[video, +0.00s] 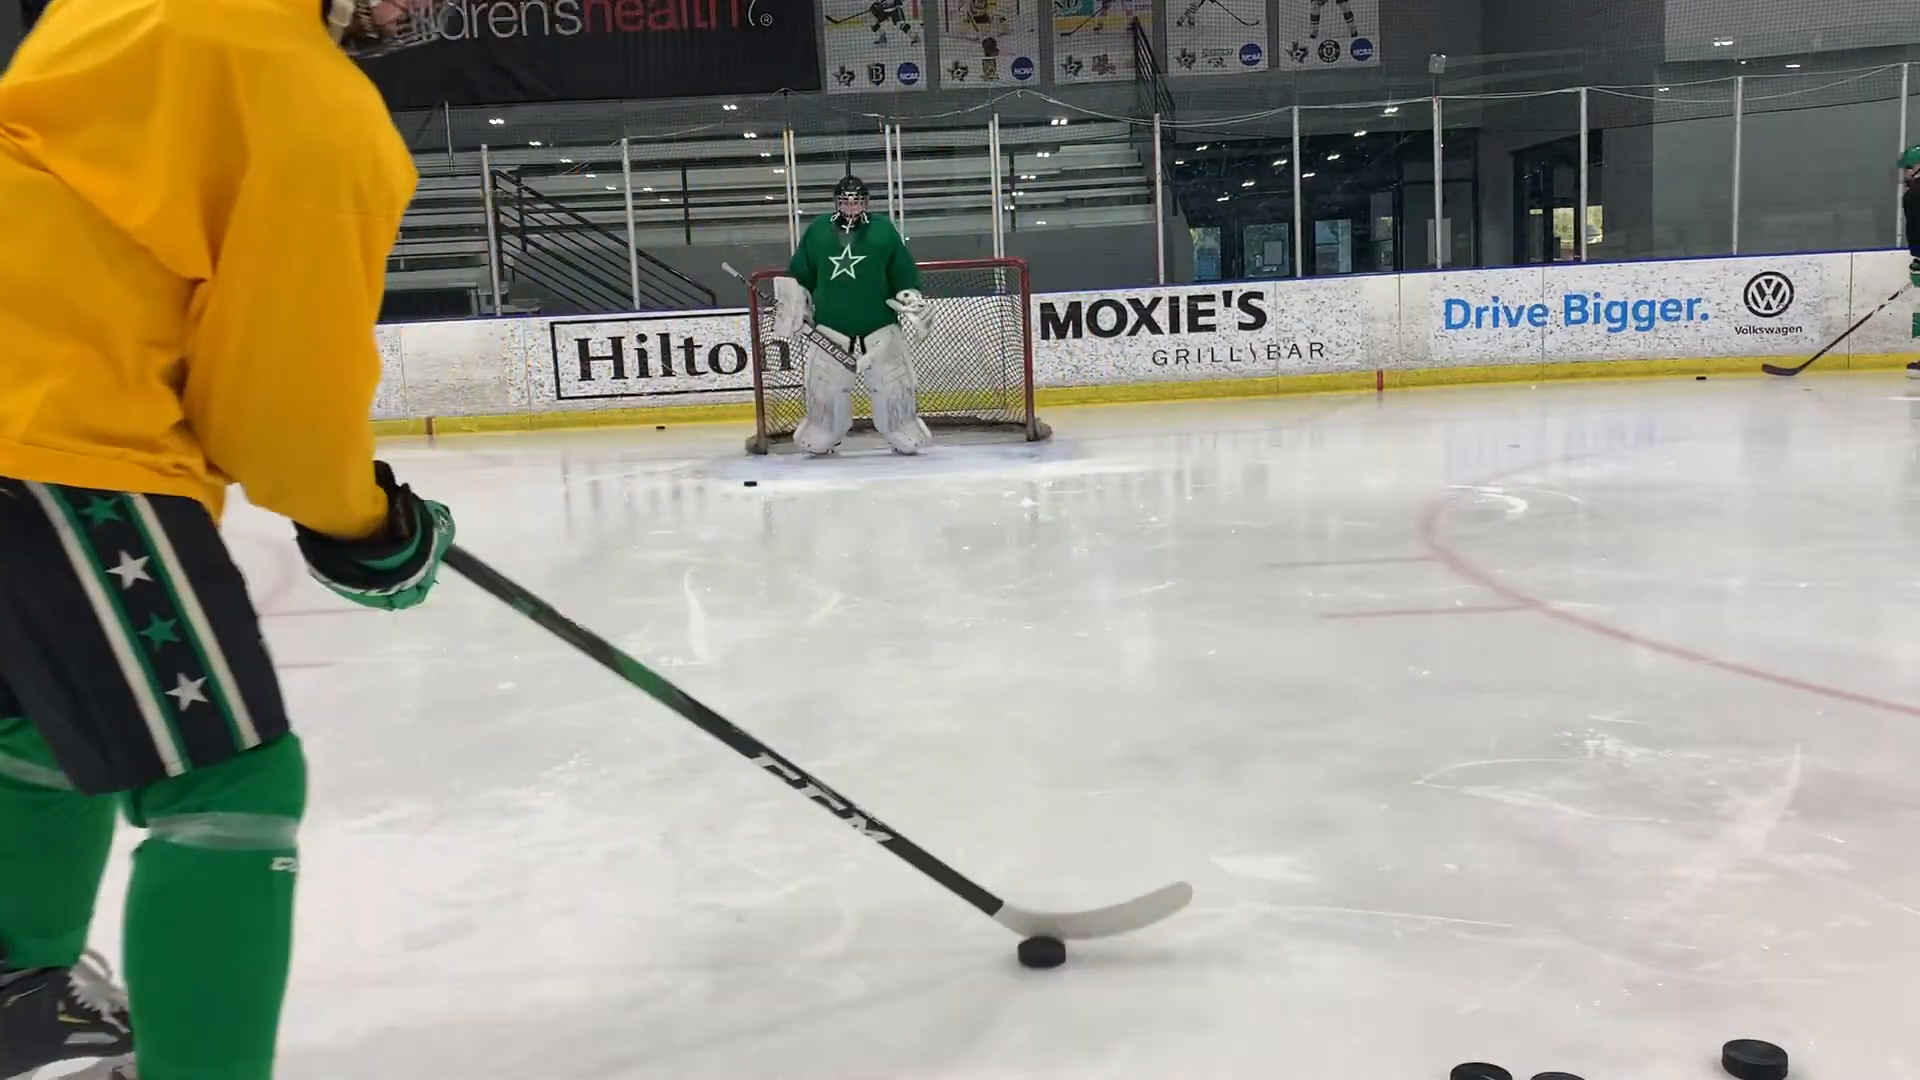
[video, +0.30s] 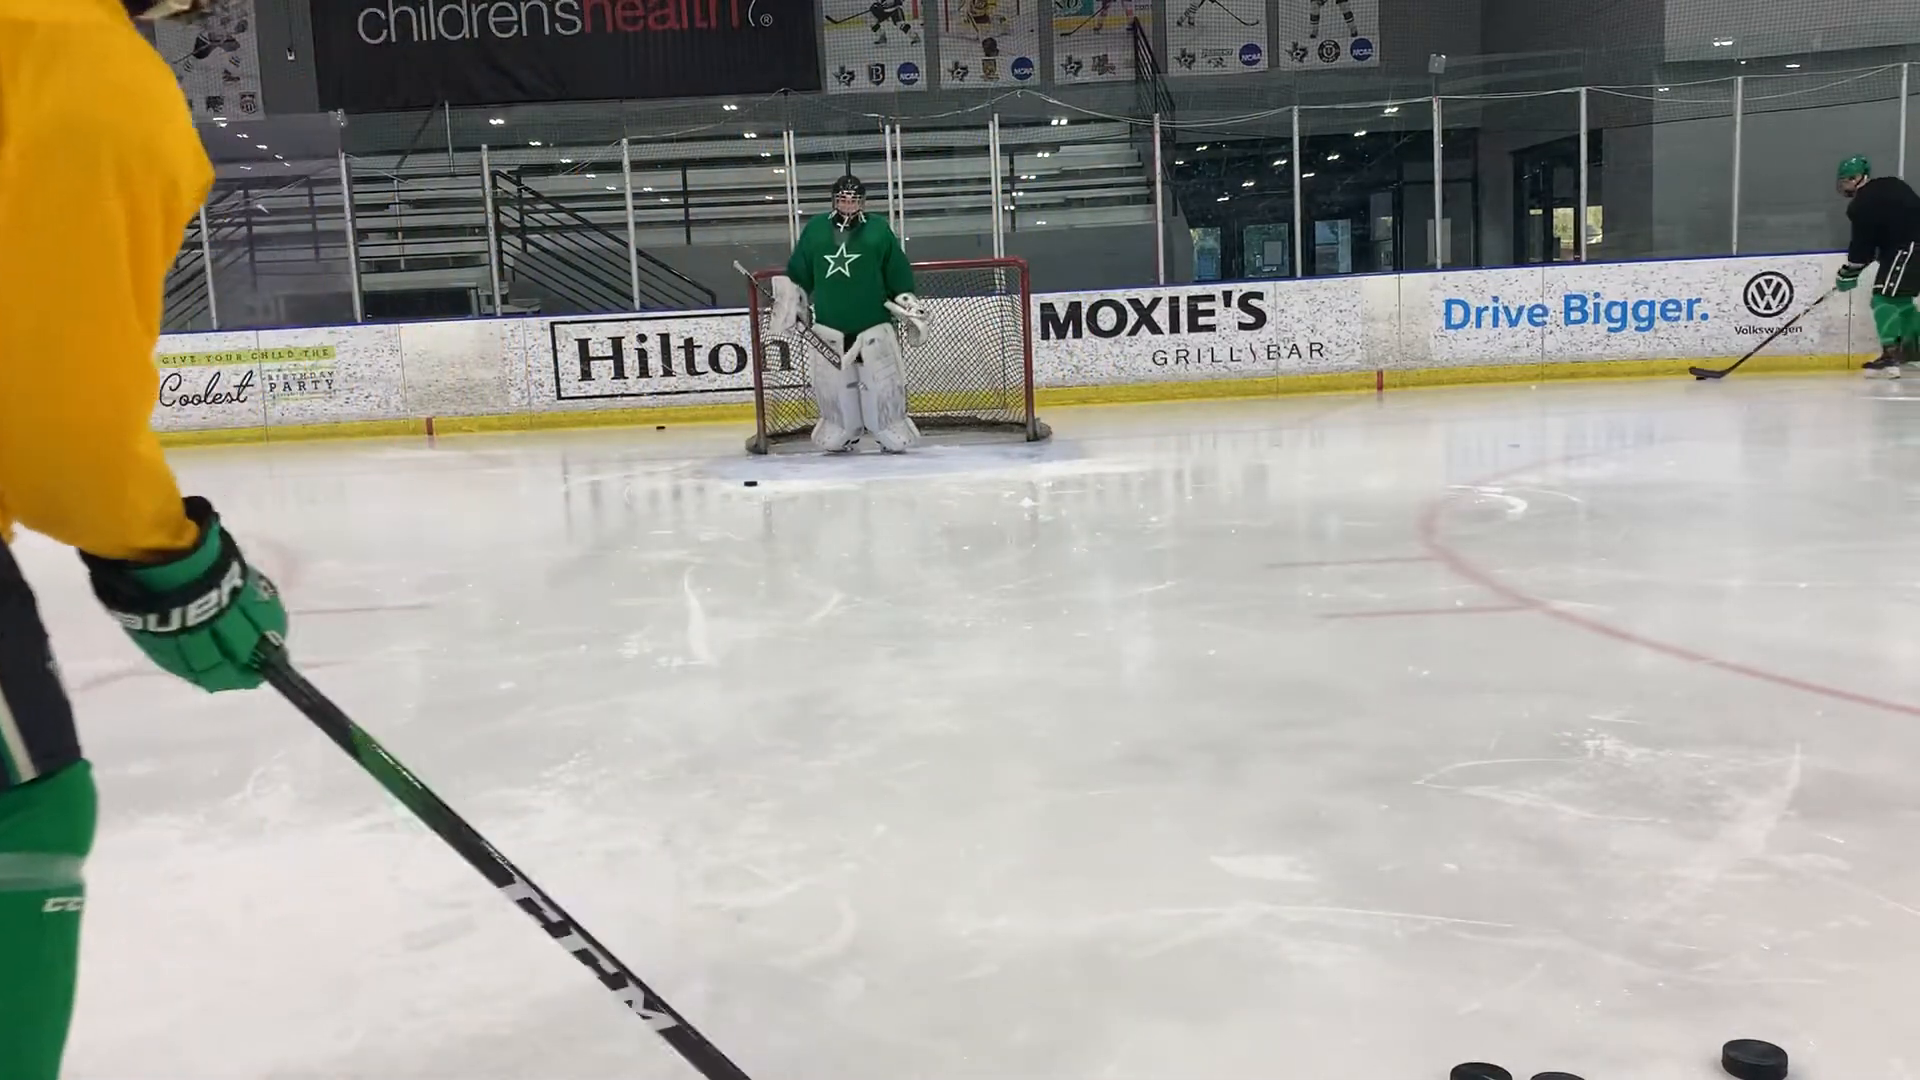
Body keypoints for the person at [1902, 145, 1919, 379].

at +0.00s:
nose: (1906, 173)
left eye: (1908, 168)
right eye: (1906, 168)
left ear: (1915, 169)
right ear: (1910, 169)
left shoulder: (1912, 194)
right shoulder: (1910, 194)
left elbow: (1913, 228)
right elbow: (1911, 228)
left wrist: (1916, 257)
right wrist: (1914, 257)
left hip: (1918, 258)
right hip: (1918, 259)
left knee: (1919, 312)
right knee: (1918, 311)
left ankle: (1919, 357)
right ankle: (1919, 357)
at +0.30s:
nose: (1842, 188)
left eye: (1844, 182)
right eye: (1840, 183)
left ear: (1858, 178)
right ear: (1864, 177)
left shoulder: (1861, 204)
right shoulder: (1891, 184)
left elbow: (1862, 247)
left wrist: (1849, 273)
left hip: (1905, 246)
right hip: (1917, 242)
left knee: (1883, 298)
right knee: (1902, 298)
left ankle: (1891, 354)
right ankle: (1911, 345)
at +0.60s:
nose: (1793, 187)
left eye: (1797, 182)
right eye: (1791, 183)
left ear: (1811, 180)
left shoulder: (1823, 201)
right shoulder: (1812, 201)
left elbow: (1816, 246)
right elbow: (1814, 241)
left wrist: (1792, 270)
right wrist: (1795, 267)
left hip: (1858, 247)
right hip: (1837, 249)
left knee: (1833, 298)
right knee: (1820, 299)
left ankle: (1850, 355)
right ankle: (1827, 355)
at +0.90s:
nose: (1768, 186)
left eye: (1774, 181)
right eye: (1765, 180)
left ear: (1784, 183)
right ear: (1760, 180)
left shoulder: (1794, 206)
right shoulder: (1755, 196)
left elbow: (1778, 250)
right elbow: (1742, 218)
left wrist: (1748, 277)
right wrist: (1733, 240)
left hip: (1802, 259)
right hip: (1773, 256)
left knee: (1785, 299)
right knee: (1755, 301)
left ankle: (1805, 356)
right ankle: (1754, 355)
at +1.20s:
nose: (1757, 183)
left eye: (1763, 178)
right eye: (1754, 178)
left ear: (1770, 182)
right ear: (1747, 178)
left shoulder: (1778, 208)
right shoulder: (1730, 197)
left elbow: (1781, 245)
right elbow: (1711, 231)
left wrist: (1774, 274)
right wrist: (1726, 247)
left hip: (1760, 266)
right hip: (1731, 261)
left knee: (1750, 304)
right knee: (1711, 306)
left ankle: (1760, 359)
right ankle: (1699, 359)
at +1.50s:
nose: (1772, 176)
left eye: (1779, 172)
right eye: (1769, 170)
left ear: (1786, 177)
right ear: (1762, 172)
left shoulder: (1792, 208)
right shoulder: (1738, 193)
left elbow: (1795, 244)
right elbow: (1718, 230)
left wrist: (1792, 270)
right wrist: (1732, 250)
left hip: (1761, 262)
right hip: (1727, 255)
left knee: (1749, 308)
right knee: (1703, 306)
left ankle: (1742, 358)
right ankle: (1682, 355)